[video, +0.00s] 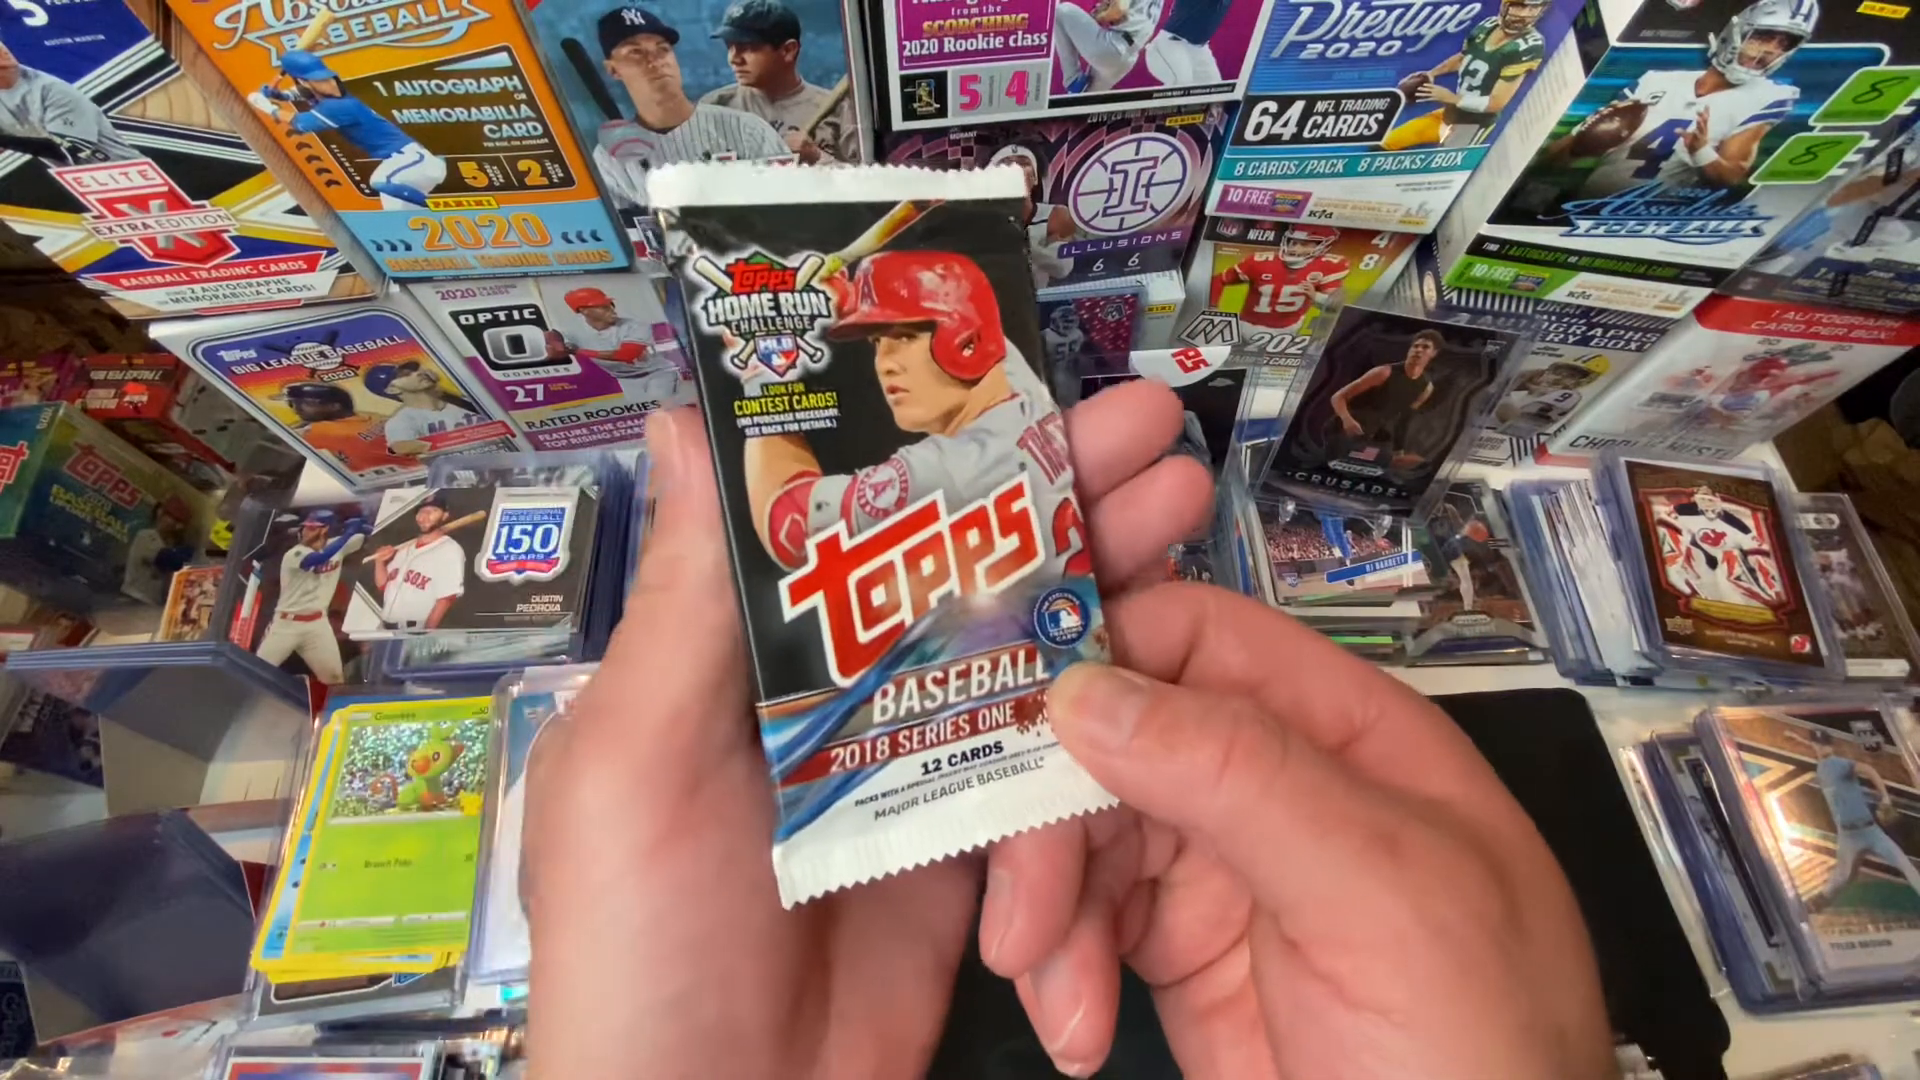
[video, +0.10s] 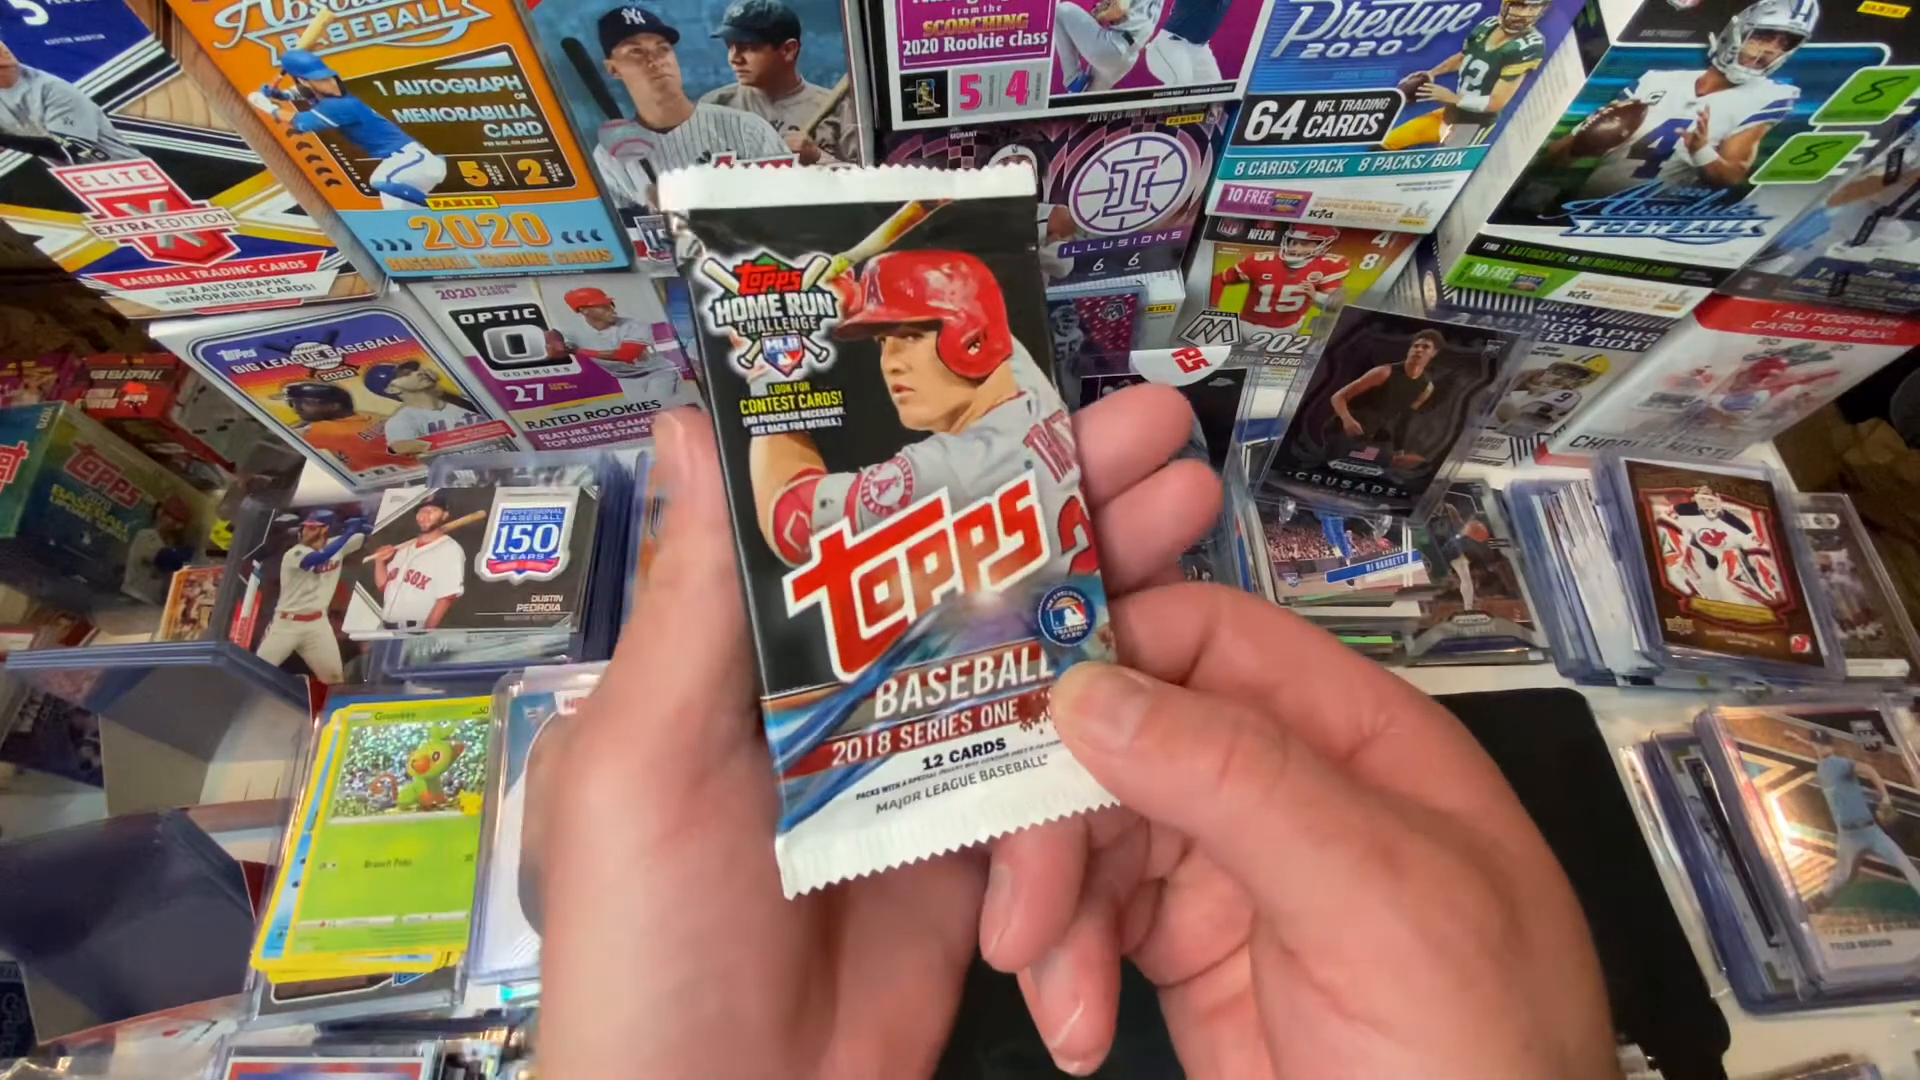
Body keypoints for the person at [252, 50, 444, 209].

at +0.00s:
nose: (297, 87)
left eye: (298, 82)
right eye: (298, 83)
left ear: (306, 83)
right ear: (323, 77)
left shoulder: (341, 107)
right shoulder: (332, 100)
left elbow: (298, 122)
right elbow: (302, 93)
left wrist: (268, 108)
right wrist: (277, 95)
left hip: (414, 158)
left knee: (380, 180)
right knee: (397, 224)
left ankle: (432, 213)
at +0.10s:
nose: (298, 86)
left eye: (299, 82)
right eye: (298, 83)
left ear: (308, 83)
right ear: (324, 78)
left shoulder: (341, 107)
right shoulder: (334, 100)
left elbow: (298, 122)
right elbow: (304, 92)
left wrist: (268, 107)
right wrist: (278, 94)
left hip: (414, 157)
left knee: (380, 179)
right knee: (398, 223)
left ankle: (432, 213)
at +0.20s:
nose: (297, 87)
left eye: (298, 83)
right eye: (298, 84)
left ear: (306, 83)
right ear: (324, 78)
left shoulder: (342, 107)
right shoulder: (333, 101)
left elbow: (298, 122)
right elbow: (303, 93)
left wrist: (268, 108)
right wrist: (278, 95)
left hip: (414, 158)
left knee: (380, 180)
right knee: (397, 224)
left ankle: (432, 212)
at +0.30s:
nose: (298, 86)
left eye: (299, 82)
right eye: (298, 83)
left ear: (308, 83)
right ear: (324, 78)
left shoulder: (342, 106)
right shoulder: (335, 100)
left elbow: (298, 122)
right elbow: (303, 92)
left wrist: (267, 107)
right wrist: (277, 94)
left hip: (413, 158)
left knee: (380, 179)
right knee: (397, 223)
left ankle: (431, 213)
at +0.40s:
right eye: (322, 78)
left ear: (309, 83)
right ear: (308, 84)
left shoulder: (344, 106)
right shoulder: (333, 102)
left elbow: (300, 122)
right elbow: (303, 92)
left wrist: (270, 110)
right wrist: (277, 95)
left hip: (415, 158)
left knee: (381, 179)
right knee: (399, 222)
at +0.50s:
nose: (330, 80)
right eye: (323, 78)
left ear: (309, 83)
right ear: (307, 84)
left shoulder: (344, 107)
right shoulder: (332, 103)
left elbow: (300, 122)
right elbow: (302, 92)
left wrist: (270, 110)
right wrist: (277, 95)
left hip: (414, 158)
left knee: (380, 179)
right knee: (399, 223)